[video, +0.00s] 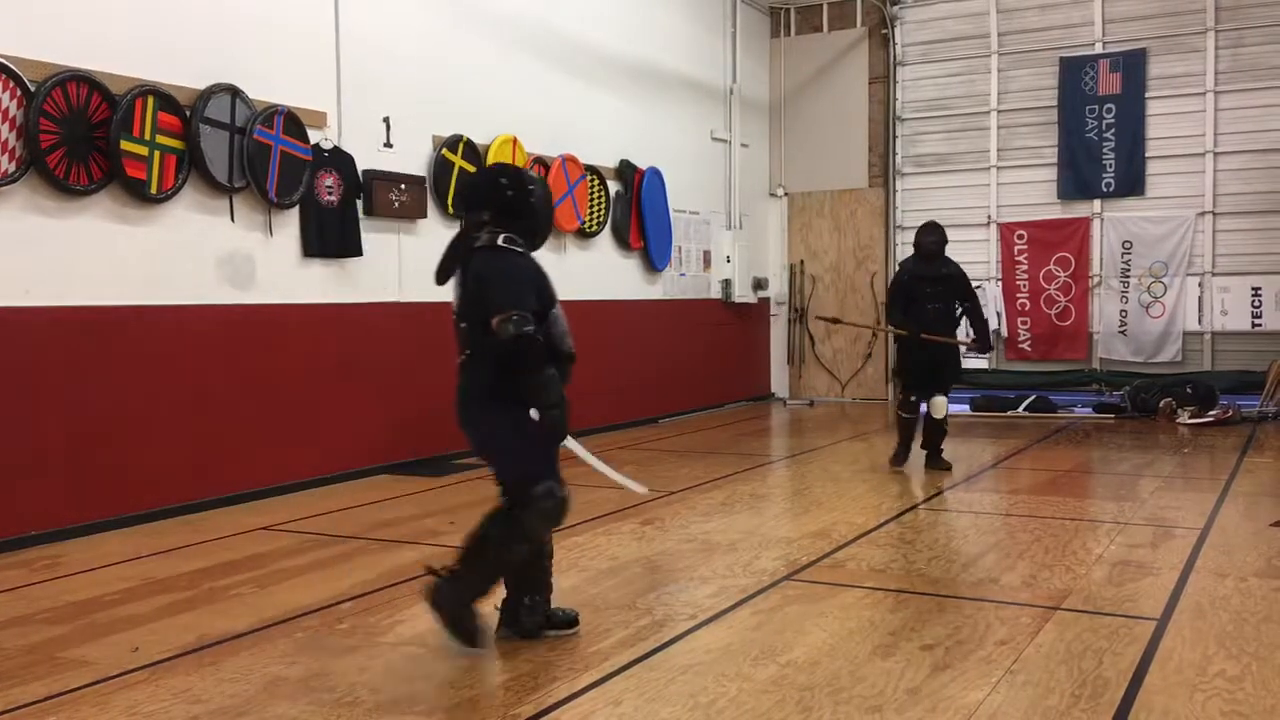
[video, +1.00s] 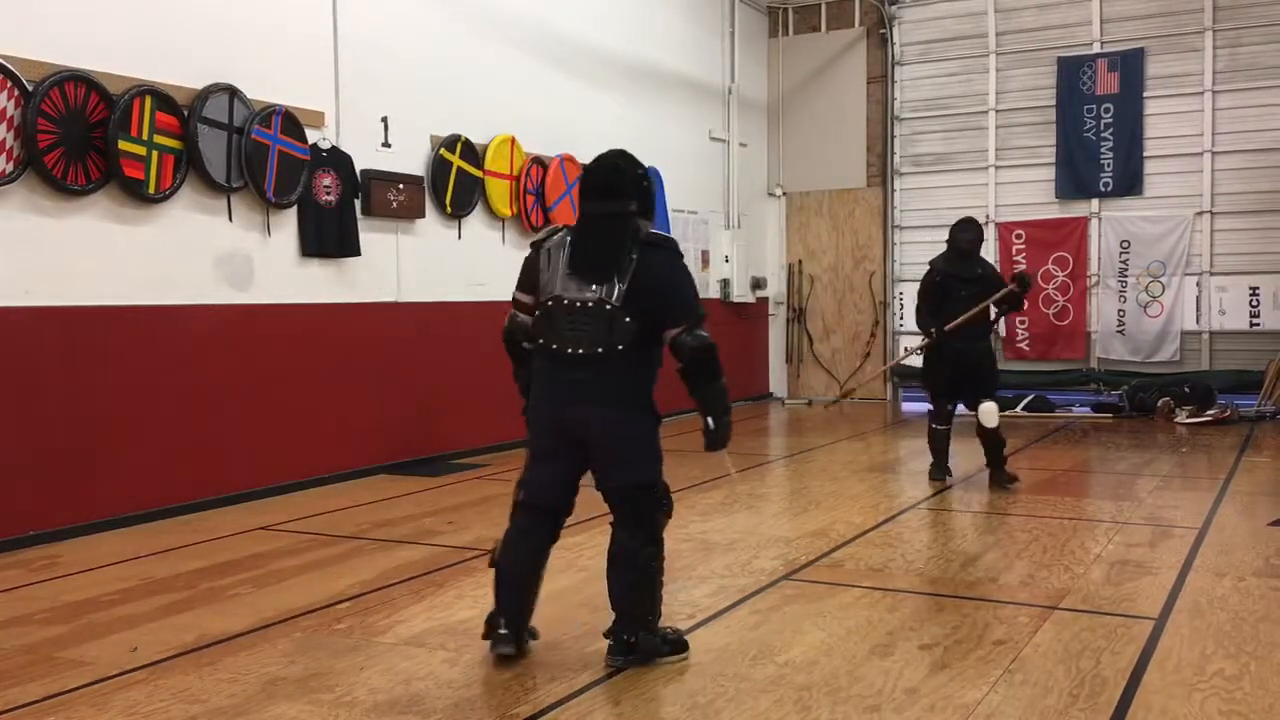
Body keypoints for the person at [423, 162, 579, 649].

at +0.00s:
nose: (547, 212)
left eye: (543, 202)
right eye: (538, 202)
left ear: (493, 209)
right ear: (516, 208)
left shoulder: (508, 260)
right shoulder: (500, 264)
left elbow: (549, 331)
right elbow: (516, 340)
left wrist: (554, 368)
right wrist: (546, 397)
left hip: (517, 400)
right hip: (498, 404)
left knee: (534, 499)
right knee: (539, 499)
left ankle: (527, 606)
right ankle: (457, 590)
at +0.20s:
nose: (579, 205)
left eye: (575, 195)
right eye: (570, 196)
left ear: (524, 205)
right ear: (549, 202)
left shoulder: (517, 254)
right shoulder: (541, 258)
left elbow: (561, 328)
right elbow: (546, 334)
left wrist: (596, 373)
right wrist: (567, 401)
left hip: (523, 401)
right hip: (542, 404)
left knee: (540, 500)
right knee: (588, 499)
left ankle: (526, 606)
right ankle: (597, 627)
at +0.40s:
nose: (618, 212)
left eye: (614, 201)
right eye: (611, 202)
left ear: (555, 208)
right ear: (593, 207)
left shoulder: (534, 257)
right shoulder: (594, 261)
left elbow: (537, 345)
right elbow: (607, 346)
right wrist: (622, 417)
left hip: (540, 410)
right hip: (585, 412)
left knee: (552, 505)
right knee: (625, 508)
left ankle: (529, 605)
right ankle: (634, 628)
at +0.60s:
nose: (648, 201)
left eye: (645, 193)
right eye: (643, 194)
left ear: (582, 199)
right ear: (631, 200)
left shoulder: (547, 256)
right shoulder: (642, 252)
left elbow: (534, 337)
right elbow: (670, 336)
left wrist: (542, 397)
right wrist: (695, 405)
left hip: (555, 411)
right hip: (615, 413)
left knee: (559, 502)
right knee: (639, 508)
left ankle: (536, 608)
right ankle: (634, 629)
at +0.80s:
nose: (664, 206)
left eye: (662, 199)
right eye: (660, 198)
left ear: (596, 197)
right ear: (650, 199)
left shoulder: (555, 249)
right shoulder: (661, 254)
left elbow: (523, 330)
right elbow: (698, 339)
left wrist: (525, 400)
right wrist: (727, 405)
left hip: (558, 409)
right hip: (624, 413)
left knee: (557, 508)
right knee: (644, 513)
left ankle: (537, 621)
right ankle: (635, 629)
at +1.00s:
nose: (650, 204)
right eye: (646, 196)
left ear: (584, 197)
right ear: (641, 199)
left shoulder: (547, 249)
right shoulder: (656, 254)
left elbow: (519, 329)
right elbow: (691, 341)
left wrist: (533, 391)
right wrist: (714, 404)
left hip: (553, 408)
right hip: (622, 413)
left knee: (537, 508)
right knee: (640, 511)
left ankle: (508, 621)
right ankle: (634, 629)